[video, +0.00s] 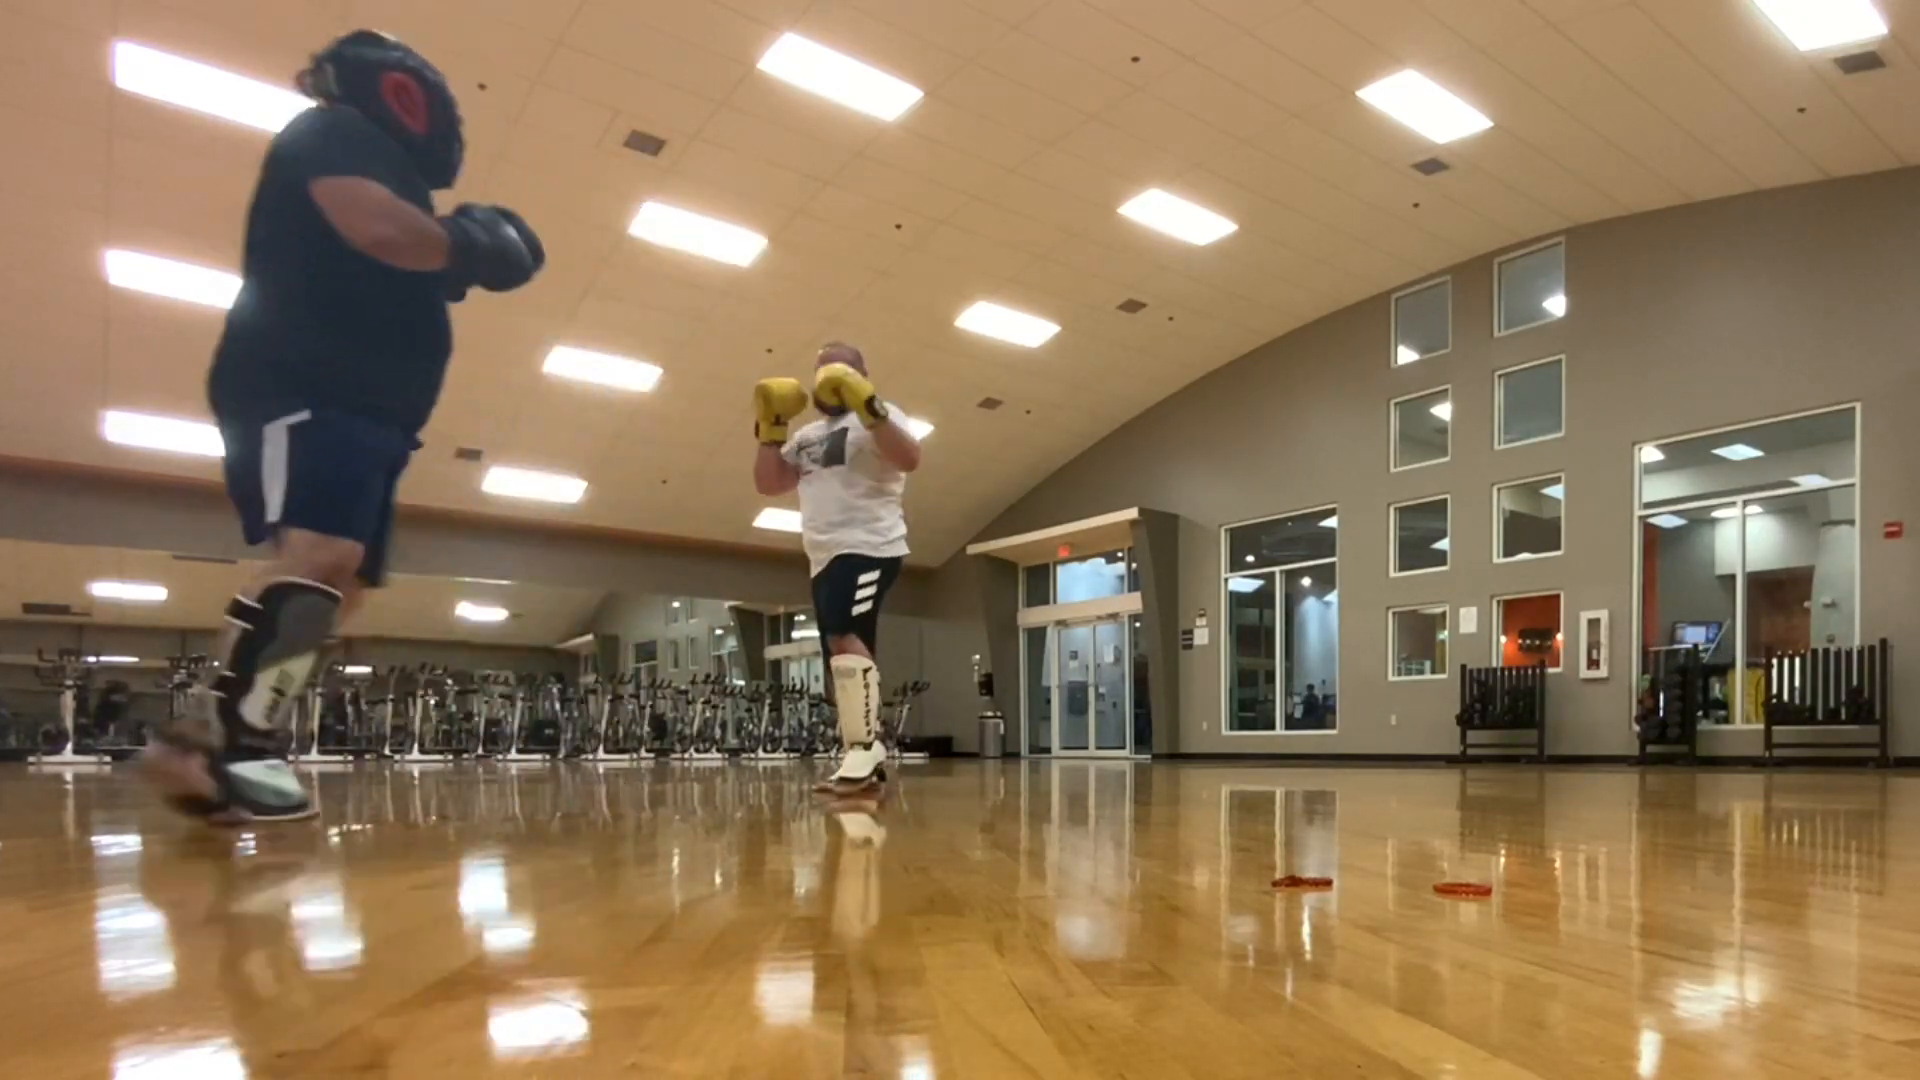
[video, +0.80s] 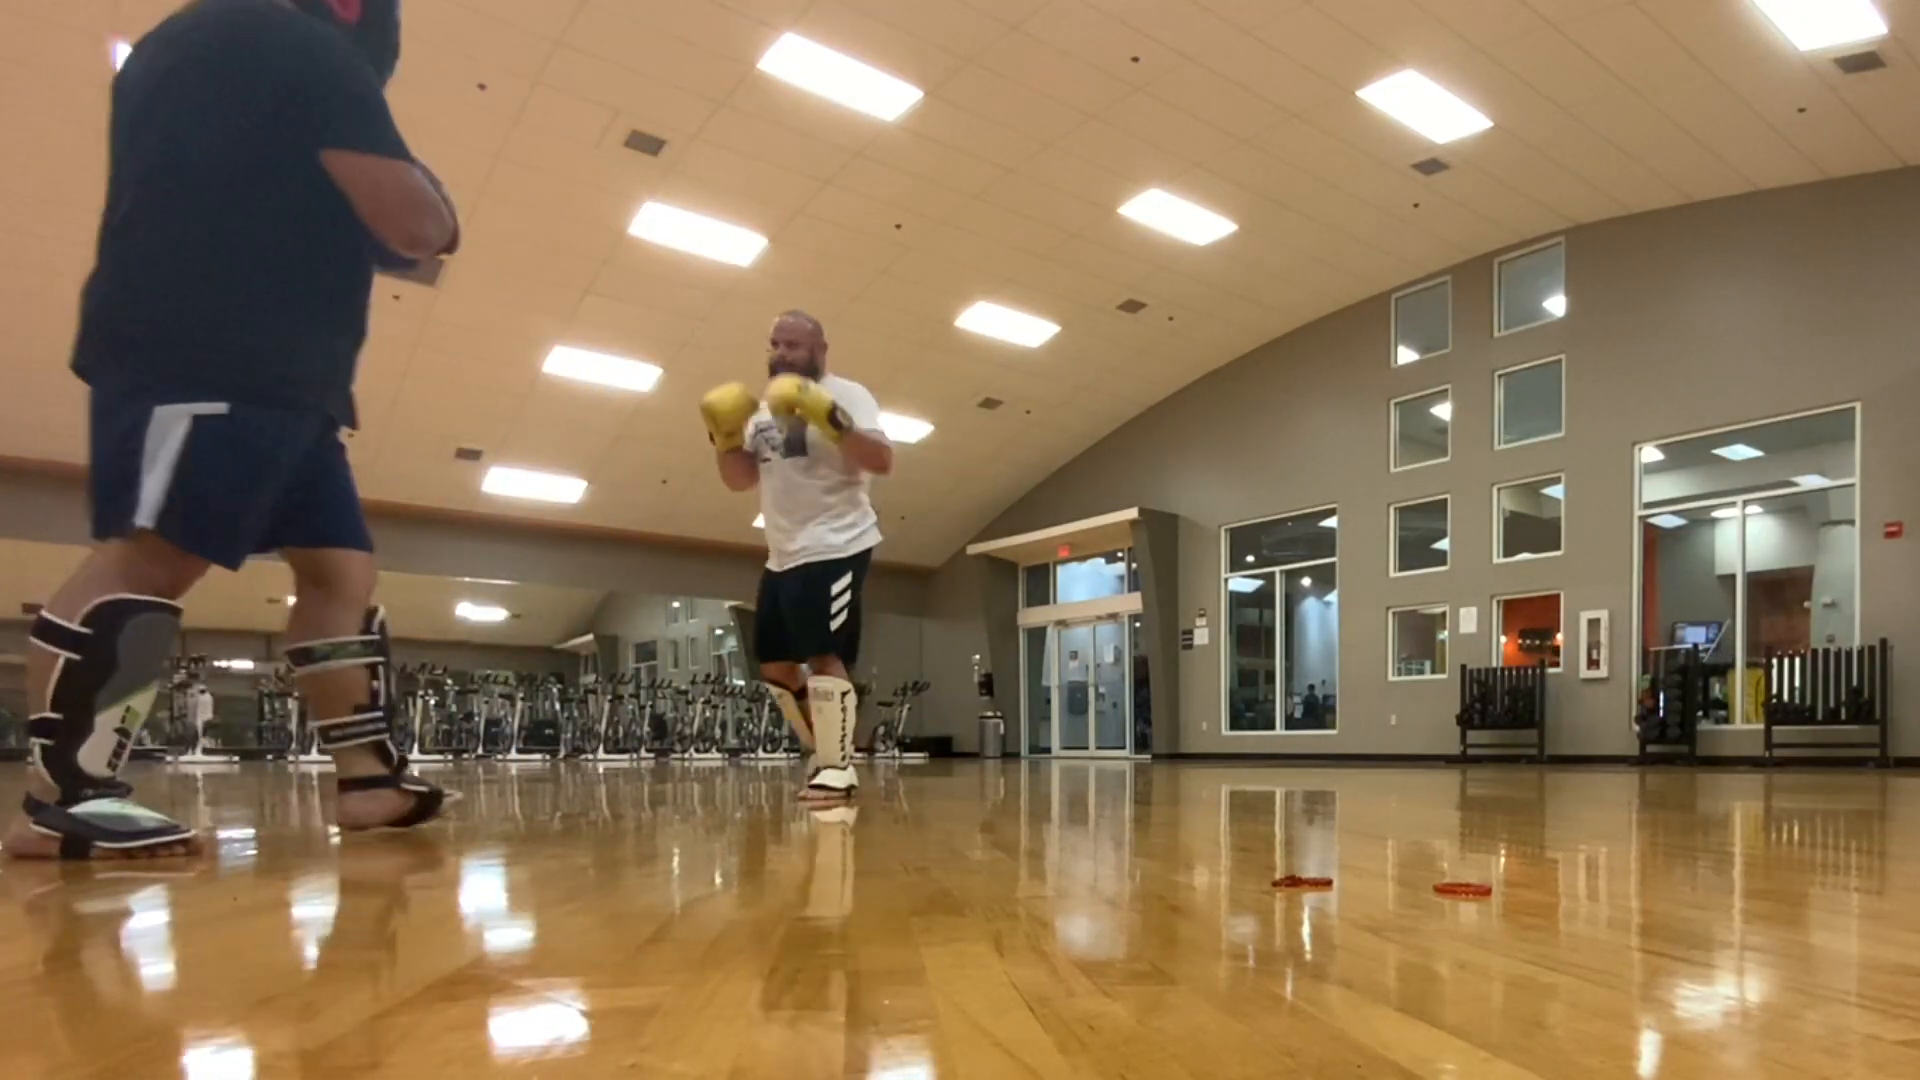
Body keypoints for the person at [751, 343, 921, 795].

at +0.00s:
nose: (832, 372)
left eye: (842, 365)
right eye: (825, 364)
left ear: (861, 375)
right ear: (815, 378)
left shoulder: (879, 416)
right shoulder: (806, 435)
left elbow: (909, 459)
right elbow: (770, 484)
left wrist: (870, 410)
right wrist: (769, 432)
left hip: (870, 544)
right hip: (826, 552)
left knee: (844, 637)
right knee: (847, 649)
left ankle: (859, 749)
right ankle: (866, 750)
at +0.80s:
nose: (781, 353)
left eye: (793, 345)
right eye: (775, 344)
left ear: (821, 352)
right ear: (769, 349)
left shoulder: (847, 396)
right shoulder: (762, 409)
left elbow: (880, 460)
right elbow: (741, 479)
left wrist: (829, 419)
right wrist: (724, 438)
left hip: (837, 541)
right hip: (785, 550)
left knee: (824, 656)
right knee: (776, 666)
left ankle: (836, 772)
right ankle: (833, 756)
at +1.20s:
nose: (731, 341)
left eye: (744, 334)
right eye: (724, 333)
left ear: (771, 344)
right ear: (714, 342)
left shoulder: (797, 386)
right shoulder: (701, 400)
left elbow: (833, 452)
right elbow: (678, 476)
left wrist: (791, 410)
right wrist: (673, 431)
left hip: (786, 543)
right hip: (721, 550)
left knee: (798, 652)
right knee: (711, 657)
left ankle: (832, 766)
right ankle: (712, 766)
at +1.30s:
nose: (717, 338)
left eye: (730, 331)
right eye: (709, 329)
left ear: (755, 342)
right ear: (697, 339)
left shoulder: (784, 388)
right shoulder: (683, 395)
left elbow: (830, 461)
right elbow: (651, 471)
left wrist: (798, 423)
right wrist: (660, 429)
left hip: (769, 536)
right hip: (705, 546)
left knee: (779, 635)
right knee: (705, 658)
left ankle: (818, 750)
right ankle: (710, 766)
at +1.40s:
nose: (710, 332)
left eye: (723, 326)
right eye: (702, 324)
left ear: (746, 339)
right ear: (687, 334)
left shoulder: (768, 385)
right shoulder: (671, 393)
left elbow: (822, 453)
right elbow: (628, 453)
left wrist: (806, 402)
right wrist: (641, 394)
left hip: (758, 529)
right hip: (694, 542)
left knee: (769, 631)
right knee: (705, 657)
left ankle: (791, 749)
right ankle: (705, 762)